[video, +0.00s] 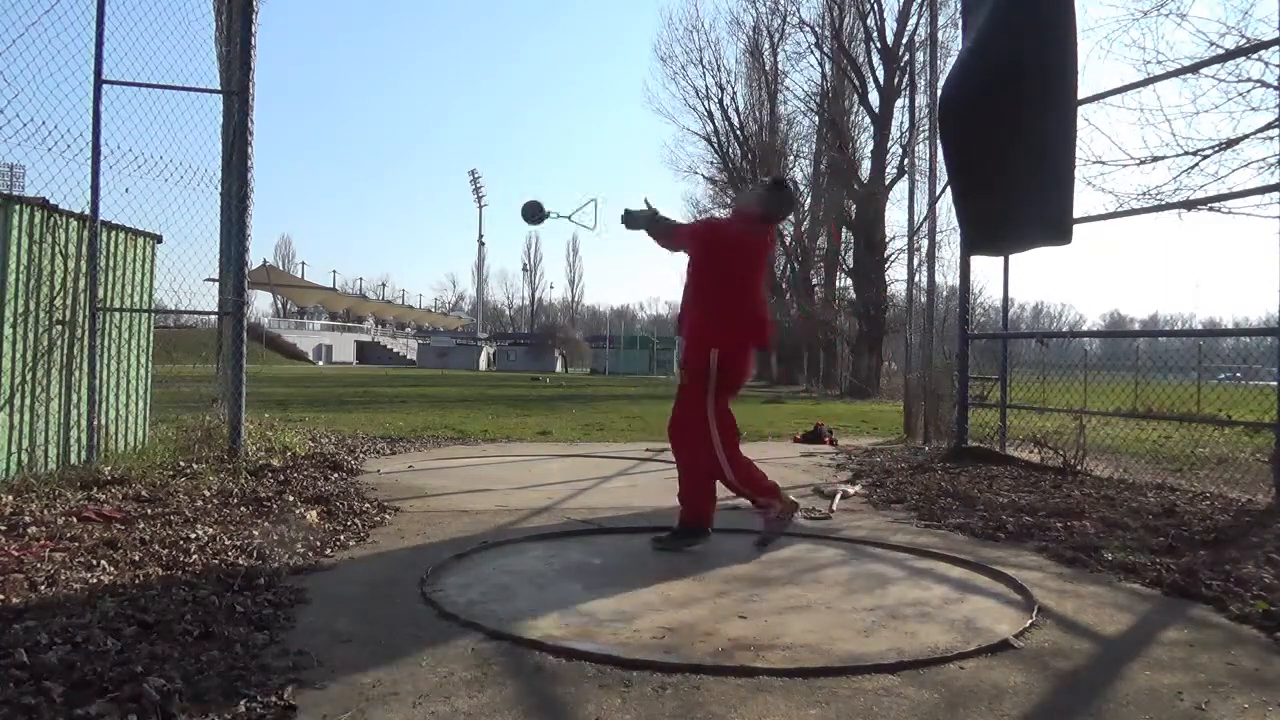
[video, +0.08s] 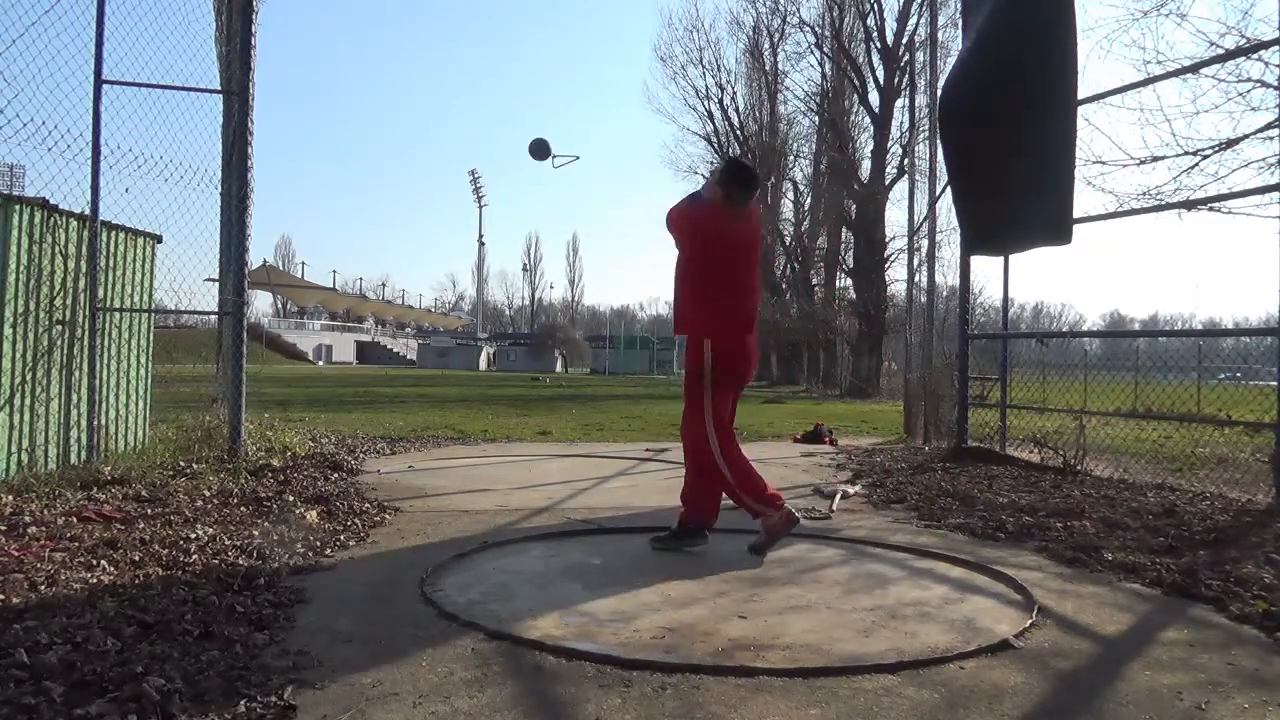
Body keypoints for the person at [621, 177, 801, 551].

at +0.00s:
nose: (742, 192)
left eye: (753, 191)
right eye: (749, 189)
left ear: (761, 206)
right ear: (766, 209)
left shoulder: (741, 233)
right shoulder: (741, 232)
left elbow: (681, 235)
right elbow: (689, 236)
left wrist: (648, 220)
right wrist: (656, 220)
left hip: (717, 346)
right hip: (708, 345)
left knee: (710, 433)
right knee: (685, 430)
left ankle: (774, 504)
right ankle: (693, 523)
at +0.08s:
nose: (707, 186)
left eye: (712, 181)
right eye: (711, 182)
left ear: (720, 188)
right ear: (746, 195)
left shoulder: (714, 219)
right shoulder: (745, 222)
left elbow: (676, 216)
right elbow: (688, 225)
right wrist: (708, 195)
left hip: (714, 340)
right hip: (730, 339)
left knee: (711, 434)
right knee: (698, 433)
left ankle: (773, 512)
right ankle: (693, 524)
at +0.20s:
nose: (683, 180)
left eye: (686, 173)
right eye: (688, 173)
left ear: (691, 176)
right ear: (727, 178)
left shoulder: (672, 213)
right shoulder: (748, 207)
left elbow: (665, 215)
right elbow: (809, 195)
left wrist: (708, 197)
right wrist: (854, 168)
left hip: (701, 338)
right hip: (741, 336)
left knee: (716, 437)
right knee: (716, 436)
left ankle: (772, 518)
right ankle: (692, 525)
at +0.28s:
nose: (686, 182)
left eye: (686, 175)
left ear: (686, 177)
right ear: (725, 176)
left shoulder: (674, 213)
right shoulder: (752, 207)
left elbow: (653, 233)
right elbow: (814, 211)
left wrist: (697, 209)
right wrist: (874, 207)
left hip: (700, 336)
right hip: (745, 336)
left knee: (707, 431)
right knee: (717, 432)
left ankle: (761, 516)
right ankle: (692, 526)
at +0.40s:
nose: (691, 185)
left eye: (690, 177)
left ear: (691, 178)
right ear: (729, 176)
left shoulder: (676, 218)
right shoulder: (758, 212)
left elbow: (647, 257)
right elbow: (817, 245)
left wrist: (685, 229)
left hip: (701, 336)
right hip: (751, 337)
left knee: (696, 425)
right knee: (728, 427)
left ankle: (721, 525)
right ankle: (693, 522)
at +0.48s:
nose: (696, 184)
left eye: (695, 177)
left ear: (697, 177)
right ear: (735, 175)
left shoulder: (681, 219)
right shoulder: (765, 213)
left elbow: (655, 264)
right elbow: (820, 264)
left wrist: (695, 236)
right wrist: (872, 302)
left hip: (707, 345)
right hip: (758, 347)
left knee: (701, 440)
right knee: (733, 437)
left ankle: (729, 536)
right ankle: (692, 523)